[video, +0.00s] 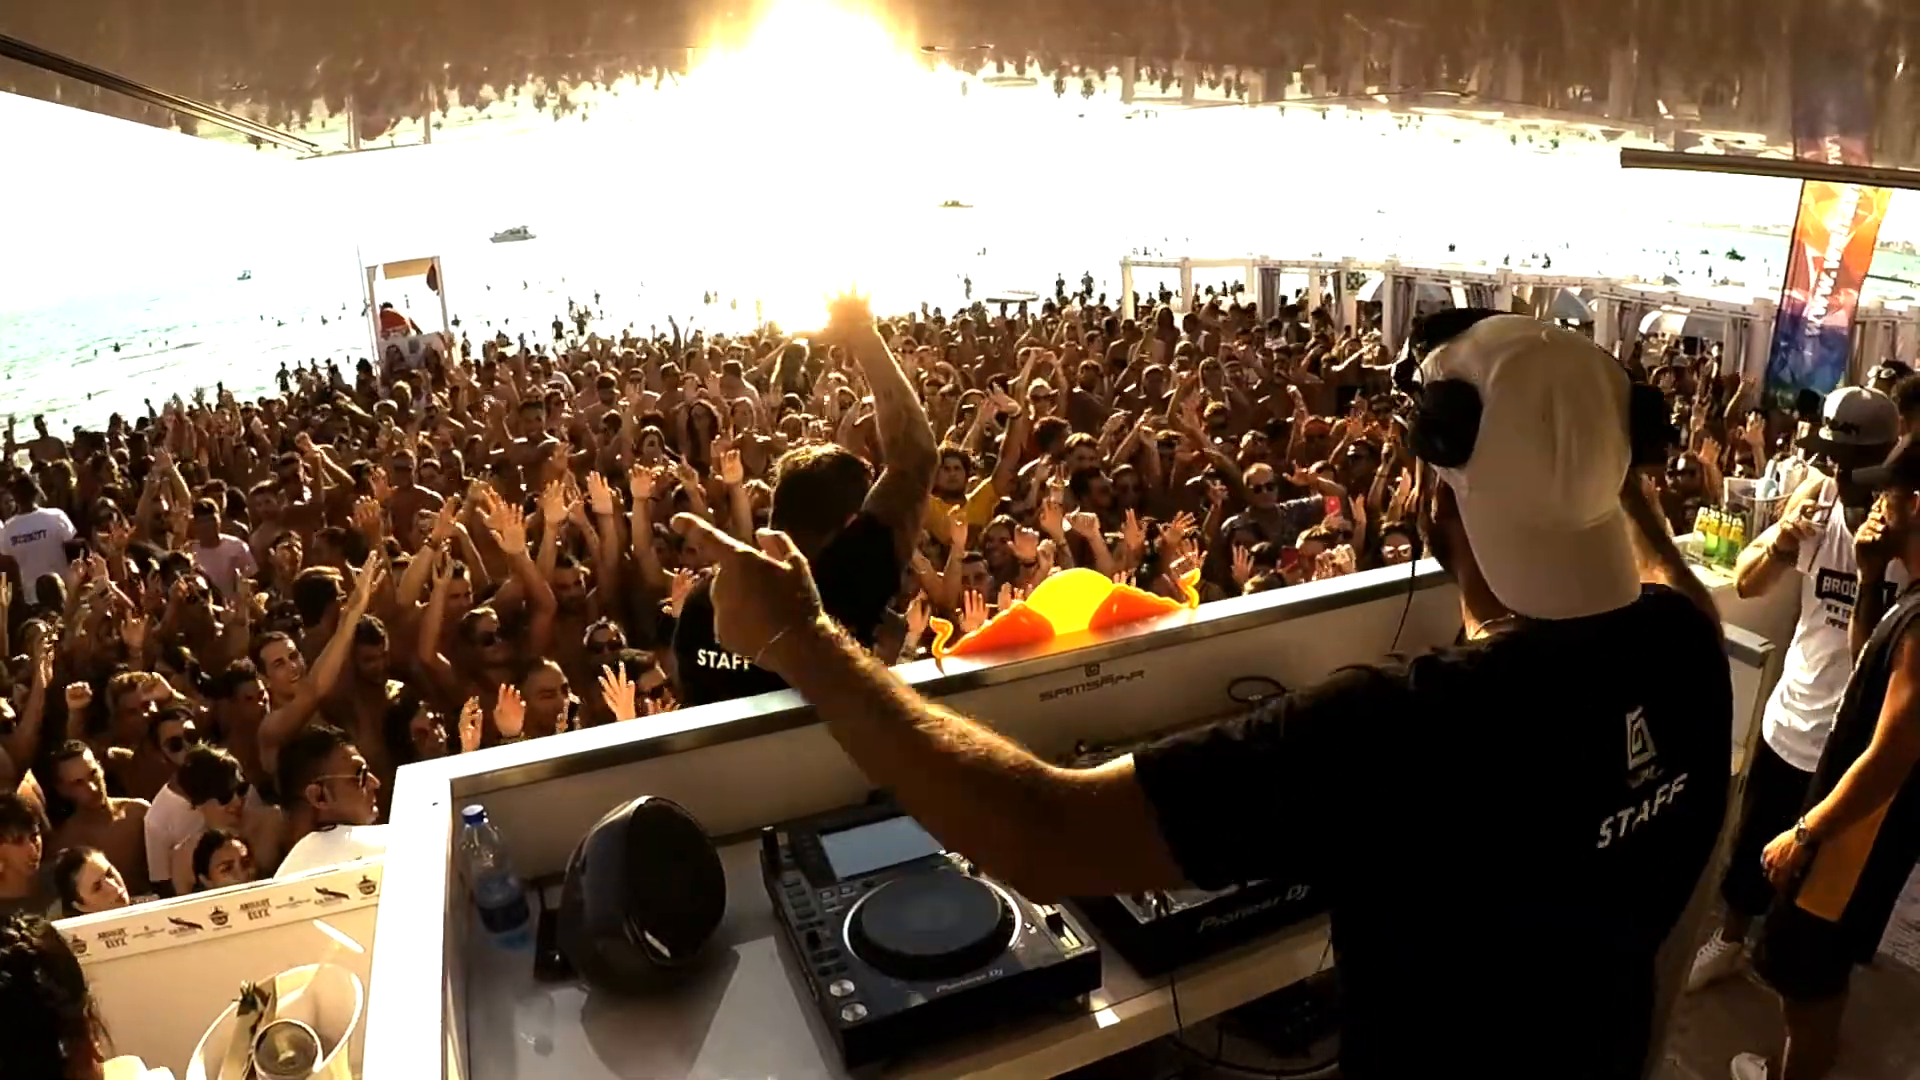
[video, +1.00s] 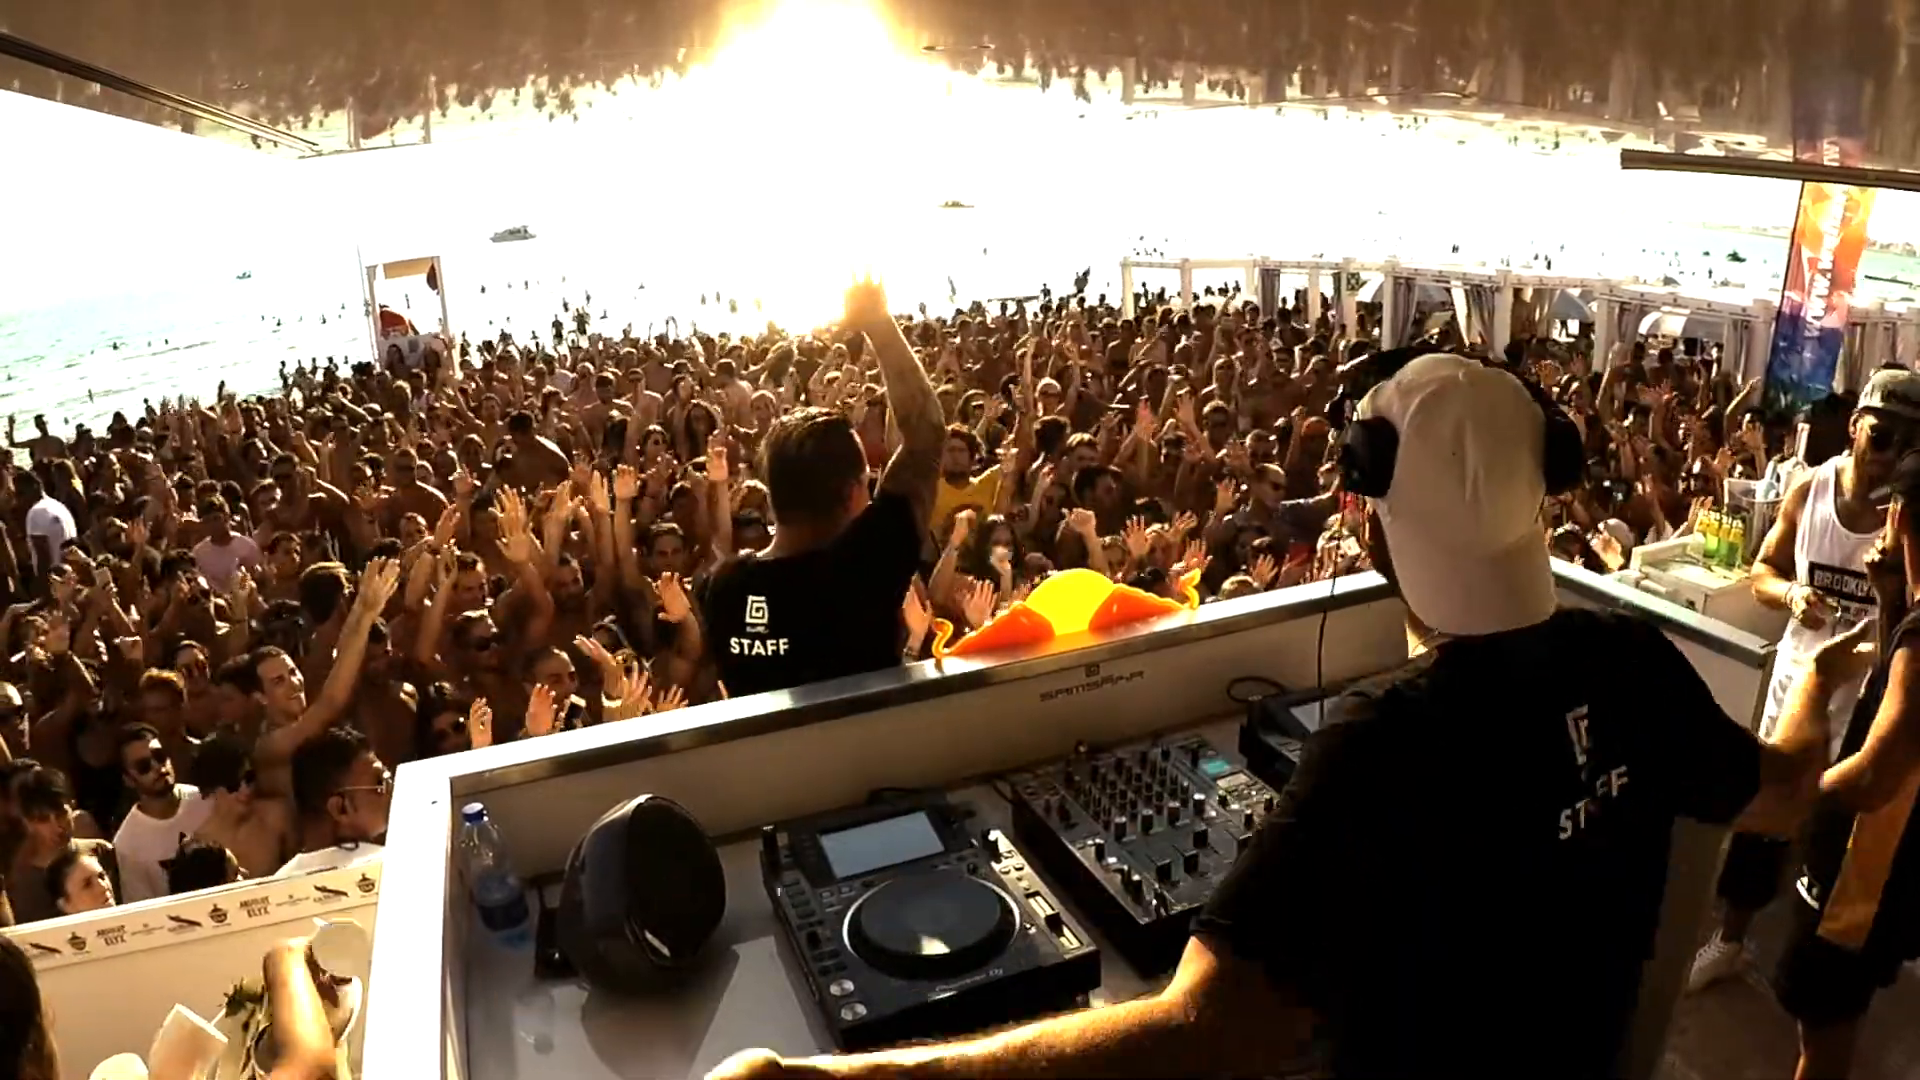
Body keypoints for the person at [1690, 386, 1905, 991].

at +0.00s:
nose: (1842, 474)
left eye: (1857, 463)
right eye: (1833, 458)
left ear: (1890, 456)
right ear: (1824, 448)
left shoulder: (1903, 519)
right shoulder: (1812, 494)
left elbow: (1879, 647)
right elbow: (1746, 586)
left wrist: (1872, 569)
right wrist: (1783, 536)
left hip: (1854, 740)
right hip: (1790, 714)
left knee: (1826, 860)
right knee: (1754, 837)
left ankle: (1800, 966)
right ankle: (1731, 937)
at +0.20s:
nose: (1843, 457)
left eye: (1858, 447)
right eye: (1836, 443)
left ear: (1889, 449)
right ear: (1825, 437)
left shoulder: (1897, 519)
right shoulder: (1806, 491)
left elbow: (1901, 601)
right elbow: (1746, 585)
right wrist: (1783, 540)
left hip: (1857, 714)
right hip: (1788, 699)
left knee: (1821, 833)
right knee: (1755, 825)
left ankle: (1798, 960)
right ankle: (1731, 935)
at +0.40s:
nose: (1851, 448)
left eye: (1868, 438)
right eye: (1845, 433)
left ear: (1901, 442)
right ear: (1834, 431)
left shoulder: (1907, 516)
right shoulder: (1810, 491)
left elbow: (1910, 626)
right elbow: (1747, 588)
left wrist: (1884, 578)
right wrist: (1780, 554)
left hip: (1863, 727)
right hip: (1792, 703)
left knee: (1833, 847)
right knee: (1757, 831)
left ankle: (1810, 962)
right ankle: (1730, 935)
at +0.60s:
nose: (1857, 455)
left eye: (1875, 444)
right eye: (1848, 438)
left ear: (1905, 448)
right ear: (1836, 433)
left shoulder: (1906, 519)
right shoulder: (1809, 491)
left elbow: (1907, 627)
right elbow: (1753, 580)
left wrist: (1882, 573)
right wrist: (1777, 576)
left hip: (1864, 708)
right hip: (1792, 690)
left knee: (1831, 836)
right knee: (1762, 813)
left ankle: (1800, 951)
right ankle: (1730, 936)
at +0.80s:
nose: (1873, 449)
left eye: (1891, 437)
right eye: (1863, 432)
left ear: (1914, 444)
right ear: (1845, 427)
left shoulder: (1908, 517)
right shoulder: (1810, 491)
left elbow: (1914, 625)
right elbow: (1763, 576)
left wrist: (1888, 589)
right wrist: (1790, 591)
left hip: (1862, 722)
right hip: (1794, 701)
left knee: (1830, 846)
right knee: (1757, 832)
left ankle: (1800, 957)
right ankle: (1731, 936)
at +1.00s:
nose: (1873, 442)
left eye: (1890, 434)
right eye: (1868, 426)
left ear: (1911, 446)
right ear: (1852, 423)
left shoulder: (1907, 512)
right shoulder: (1810, 487)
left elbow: (1918, 606)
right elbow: (1763, 573)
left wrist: (1890, 607)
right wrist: (1792, 594)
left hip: (1872, 680)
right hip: (1797, 668)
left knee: (1843, 815)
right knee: (1765, 798)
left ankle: (1815, 959)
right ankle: (1729, 937)